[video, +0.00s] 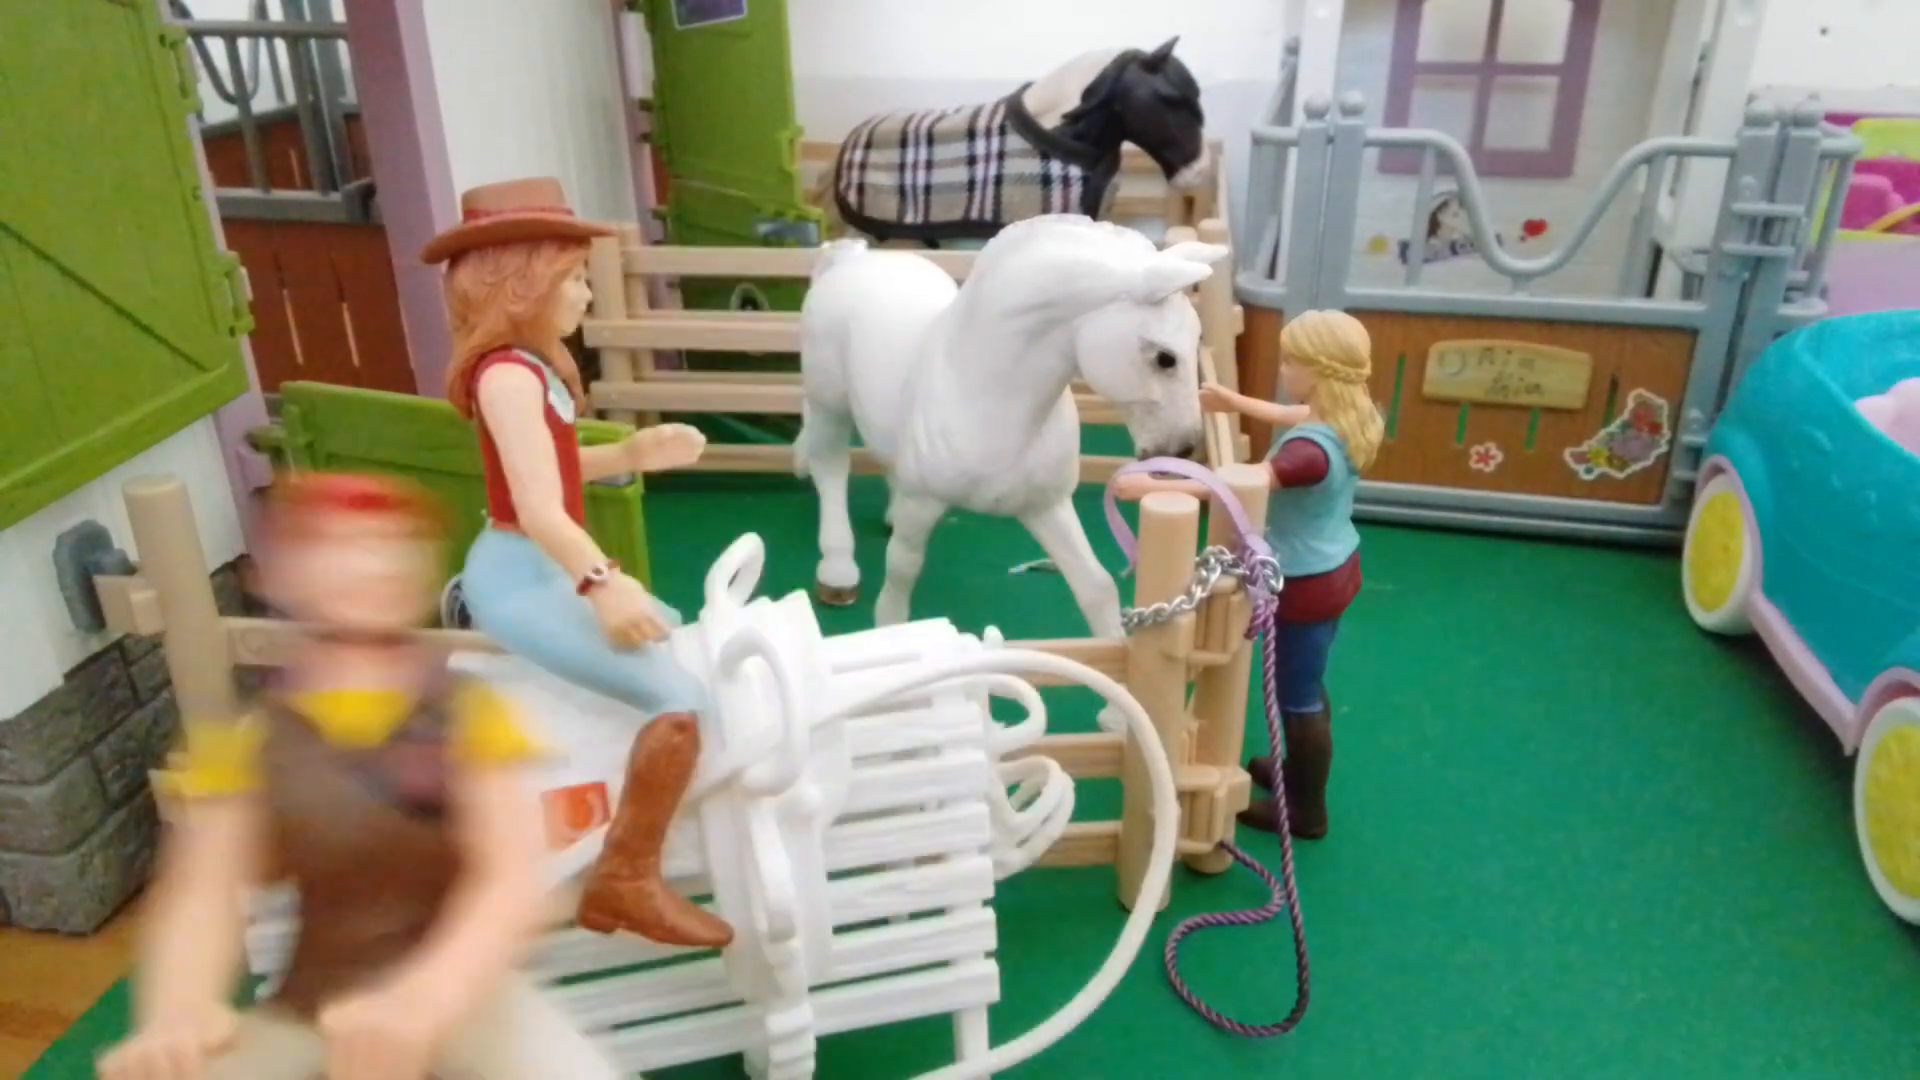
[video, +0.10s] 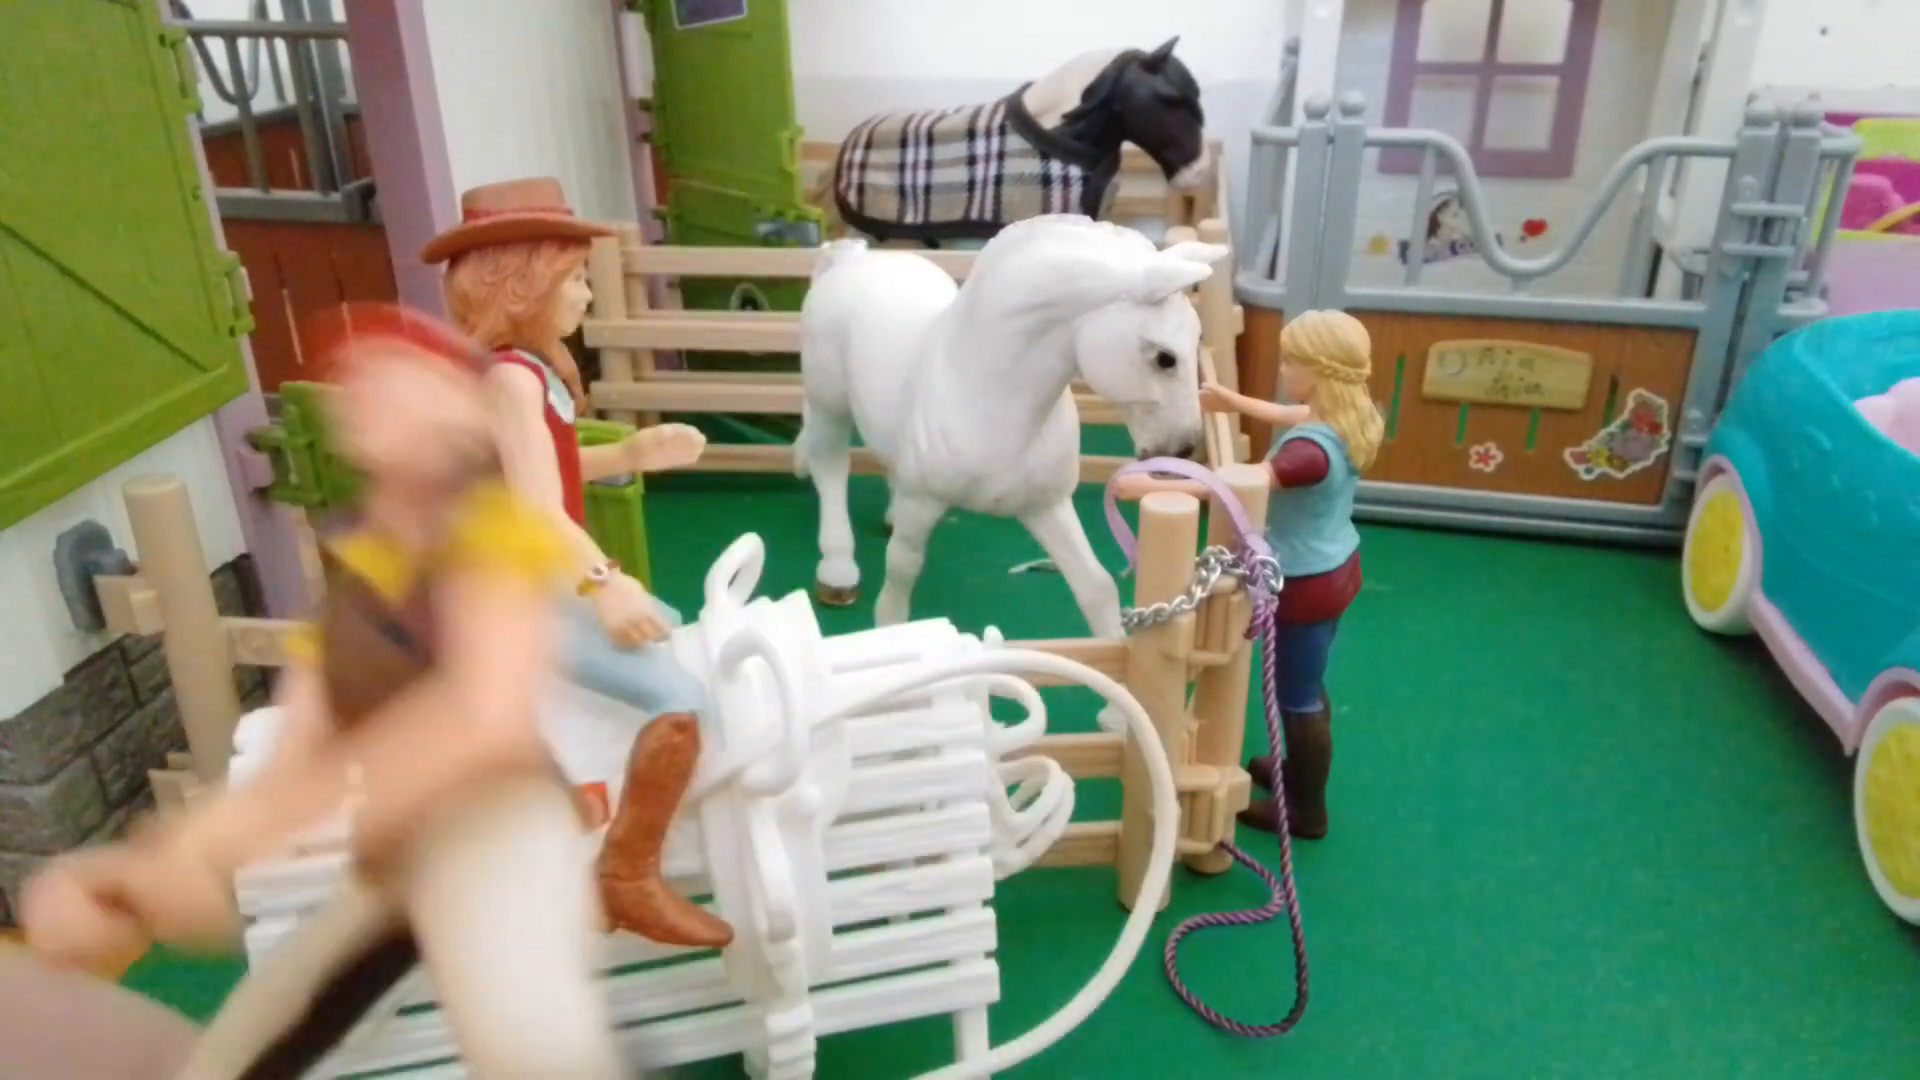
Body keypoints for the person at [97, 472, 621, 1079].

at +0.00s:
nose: (370, 569)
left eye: (389, 546)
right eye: (339, 548)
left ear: (419, 565)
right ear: (280, 572)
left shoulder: (471, 716)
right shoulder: (247, 740)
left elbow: (512, 881)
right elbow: (203, 893)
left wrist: (415, 1006)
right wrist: (181, 1012)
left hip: (465, 988)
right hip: (311, 1006)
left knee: (575, 1067)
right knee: (191, 1064)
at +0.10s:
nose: (361, 401)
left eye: (390, 379)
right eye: (354, 382)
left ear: (459, 404)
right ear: (341, 408)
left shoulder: (487, 528)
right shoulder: (349, 566)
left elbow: (489, 712)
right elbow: (303, 762)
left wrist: (215, 856)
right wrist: (160, 865)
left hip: (497, 830)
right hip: (392, 857)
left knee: (533, 1048)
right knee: (223, 1059)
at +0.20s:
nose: (380, 454)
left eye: (396, 429)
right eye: (359, 441)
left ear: (447, 437)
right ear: (344, 467)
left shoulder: (502, 533)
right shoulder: (392, 592)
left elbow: (533, 685)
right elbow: (366, 785)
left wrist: (363, 779)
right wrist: (231, 869)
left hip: (553, 801)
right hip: (470, 843)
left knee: (615, 947)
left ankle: (767, 1058)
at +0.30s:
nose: (462, 395)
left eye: (483, 374)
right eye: (437, 392)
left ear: (540, 403)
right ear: (424, 440)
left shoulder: (601, 487)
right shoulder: (441, 574)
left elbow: (628, 627)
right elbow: (404, 748)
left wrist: (461, 689)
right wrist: (309, 786)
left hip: (624, 741)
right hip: (517, 799)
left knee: (784, 862)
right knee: (356, 1021)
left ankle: (937, 1059)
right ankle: (310, 1068)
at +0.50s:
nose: (588, 293)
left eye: (585, 277)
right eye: (576, 277)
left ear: (532, 288)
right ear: (526, 284)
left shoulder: (538, 369)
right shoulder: (509, 377)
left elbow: (554, 468)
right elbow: (536, 512)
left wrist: (635, 454)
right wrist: (604, 584)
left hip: (551, 563)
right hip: (517, 577)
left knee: (701, 656)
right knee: (681, 696)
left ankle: (634, 873)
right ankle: (625, 879)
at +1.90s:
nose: (587, 293)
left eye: (584, 277)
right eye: (575, 277)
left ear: (533, 288)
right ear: (527, 286)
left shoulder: (539, 367)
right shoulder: (509, 377)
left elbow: (557, 464)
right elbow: (534, 510)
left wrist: (638, 453)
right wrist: (611, 584)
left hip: (549, 565)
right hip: (521, 576)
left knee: (701, 667)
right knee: (684, 692)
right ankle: (642, 881)